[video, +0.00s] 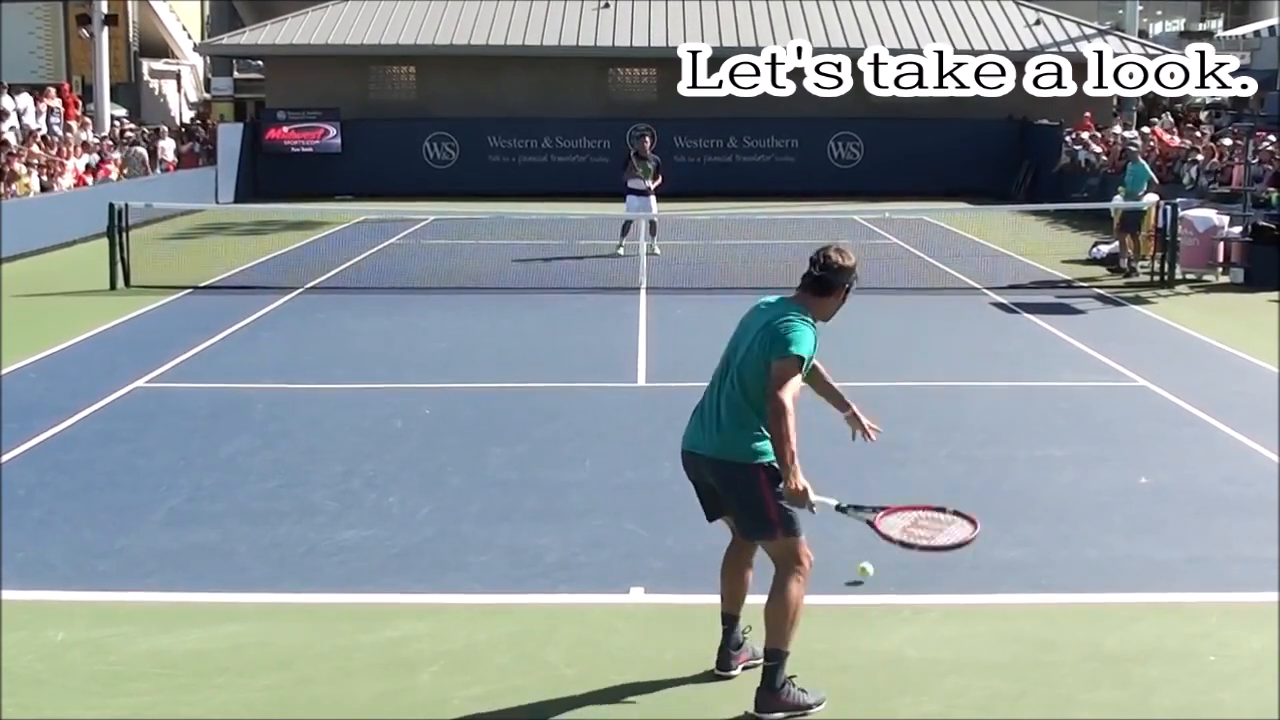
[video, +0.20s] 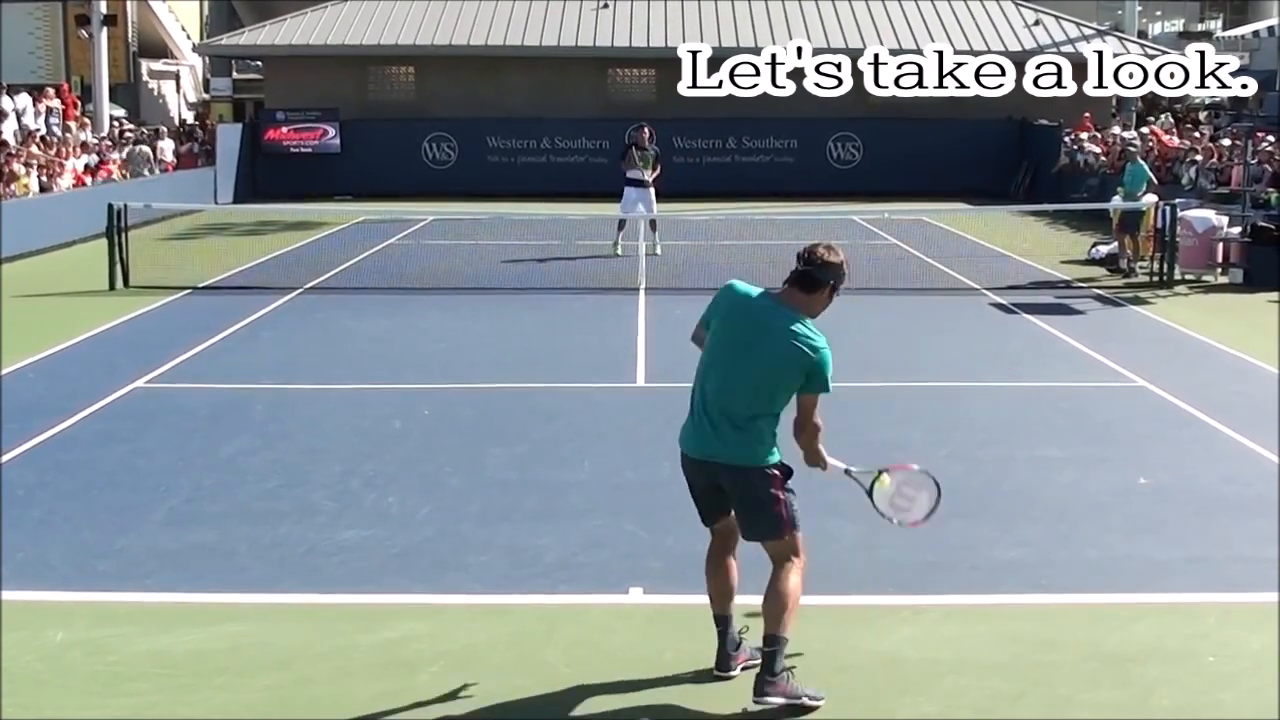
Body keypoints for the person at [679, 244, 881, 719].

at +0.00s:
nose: (843, 305)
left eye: (845, 297)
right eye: (846, 297)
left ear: (805, 280)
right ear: (837, 294)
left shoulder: (767, 308)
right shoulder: (798, 330)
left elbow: (809, 368)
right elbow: (780, 398)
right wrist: (792, 471)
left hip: (701, 449)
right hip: (742, 456)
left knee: (744, 538)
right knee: (795, 562)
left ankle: (731, 647)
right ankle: (774, 687)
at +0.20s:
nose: (830, 304)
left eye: (833, 296)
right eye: (833, 296)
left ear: (791, 275)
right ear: (826, 293)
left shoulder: (733, 293)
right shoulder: (812, 348)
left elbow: (701, 336)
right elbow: (805, 424)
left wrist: (746, 360)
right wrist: (815, 454)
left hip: (698, 451)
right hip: (751, 462)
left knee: (723, 535)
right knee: (789, 558)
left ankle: (728, 648)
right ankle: (774, 677)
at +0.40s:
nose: (814, 267)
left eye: (808, 258)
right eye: (816, 261)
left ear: (773, 248)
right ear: (813, 263)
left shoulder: (723, 280)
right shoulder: (812, 314)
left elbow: (665, 329)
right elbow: (773, 321)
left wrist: (691, 290)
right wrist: (721, 285)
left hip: (705, 437)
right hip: (763, 443)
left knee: (716, 538)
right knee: (774, 538)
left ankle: (725, 649)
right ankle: (788, 649)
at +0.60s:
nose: (768, 243)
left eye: (761, 235)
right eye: (789, 240)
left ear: (755, 239)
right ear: (797, 246)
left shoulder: (727, 288)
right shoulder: (808, 296)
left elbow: (686, 351)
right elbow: (750, 289)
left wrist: (665, 287)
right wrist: (700, 259)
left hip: (712, 438)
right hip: (768, 437)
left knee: (712, 545)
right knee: (784, 545)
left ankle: (722, 651)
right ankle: (791, 664)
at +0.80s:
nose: (728, 237)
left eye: (728, 230)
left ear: (728, 234)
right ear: (770, 238)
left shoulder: (722, 280)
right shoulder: (789, 289)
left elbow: (710, 352)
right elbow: (739, 353)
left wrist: (658, 329)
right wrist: (670, 329)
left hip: (713, 433)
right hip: (768, 434)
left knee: (690, 542)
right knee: (776, 549)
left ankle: (675, 645)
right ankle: (791, 671)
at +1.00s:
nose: (681, 248)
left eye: (681, 243)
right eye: (689, 241)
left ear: (685, 247)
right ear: (727, 247)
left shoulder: (676, 296)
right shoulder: (759, 300)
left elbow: (657, 374)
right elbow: (767, 382)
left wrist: (633, 382)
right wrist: (708, 401)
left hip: (687, 446)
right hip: (746, 445)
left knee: (640, 551)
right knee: (765, 556)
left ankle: (617, 668)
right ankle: (791, 674)